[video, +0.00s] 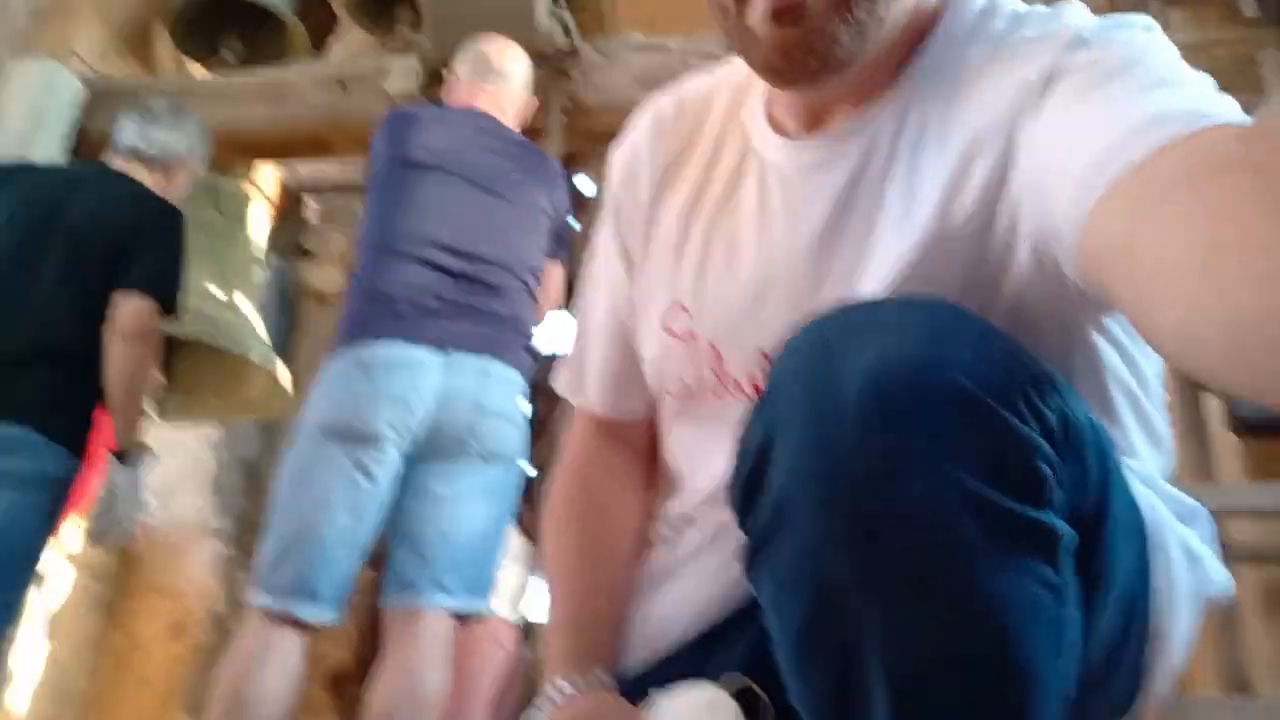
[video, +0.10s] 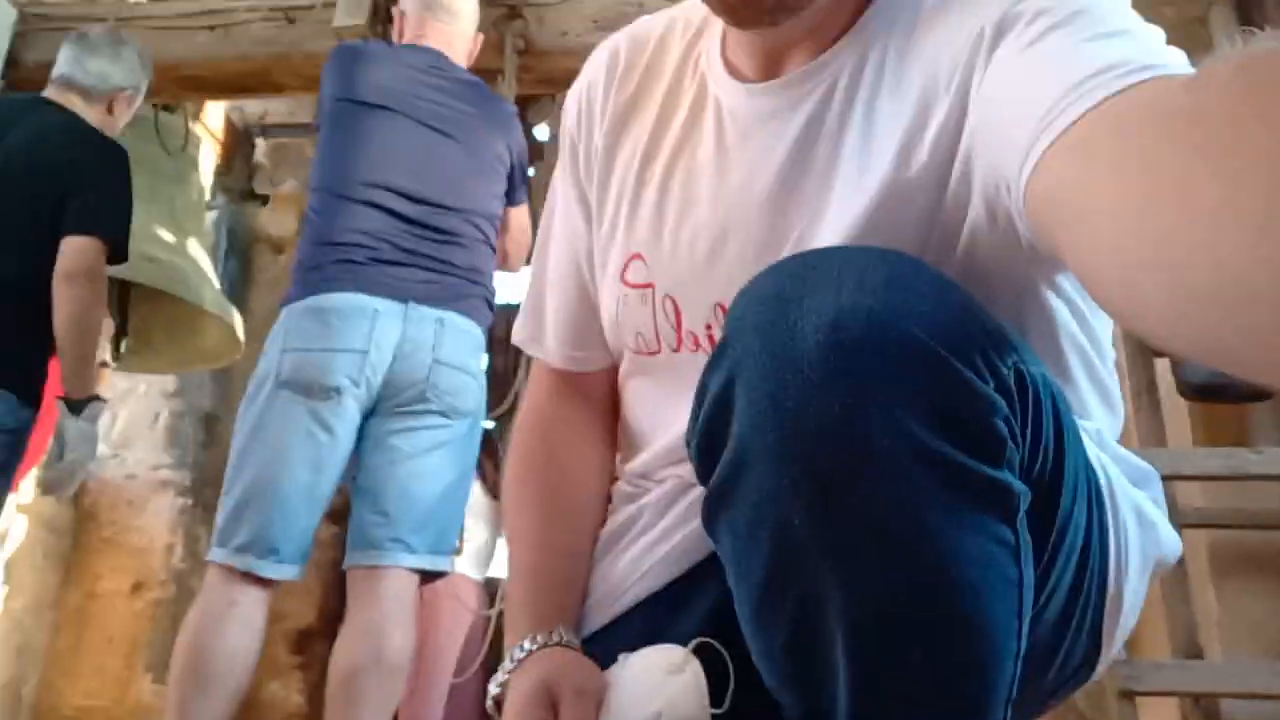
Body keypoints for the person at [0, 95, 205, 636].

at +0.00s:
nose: (187, 194)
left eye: (192, 183)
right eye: (191, 181)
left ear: (113, 147)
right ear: (177, 169)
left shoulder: (22, 183)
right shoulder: (153, 216)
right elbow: (131, 322)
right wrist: (126, 446)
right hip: (34, 439)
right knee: (1, 610)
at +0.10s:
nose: (127, 125)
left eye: (133, 115)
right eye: (133, 113)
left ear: (56, 75)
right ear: (120, 103)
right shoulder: (97, 155)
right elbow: (77, 274)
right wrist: (81, 403)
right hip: (13, 392)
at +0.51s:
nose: (140, 112)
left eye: (145, 102)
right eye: (145, 101)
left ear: (69, 66)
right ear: (131, 91)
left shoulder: (9, 100)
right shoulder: (111, 143)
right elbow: (93, 264)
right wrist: (100, 388)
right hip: (18, 381)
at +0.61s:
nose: (201, 182)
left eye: (205, 171)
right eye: (204, 169)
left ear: (126, 140)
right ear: (192, 160)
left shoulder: (28, 177)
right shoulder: (170, 215)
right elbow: (157, 330)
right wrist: (162, 453)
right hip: (64, 441)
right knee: (23, 628)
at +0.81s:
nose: (219, 233)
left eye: (222, 220)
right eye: (221, 219)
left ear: (144, 196)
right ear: (208, 212)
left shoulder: (54, 228)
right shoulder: (186, 267)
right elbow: (166, 378)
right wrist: (166, 505)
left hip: (3, 457)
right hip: (73, 485)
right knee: (19, 669)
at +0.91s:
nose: (230, 409)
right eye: (234, 397)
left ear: (157, 368)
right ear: (222, 389)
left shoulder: (71, 406)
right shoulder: (199, 441)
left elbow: (6, 413)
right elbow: (178, 556)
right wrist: (172, 692)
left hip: (6, 647)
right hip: (79, 673)